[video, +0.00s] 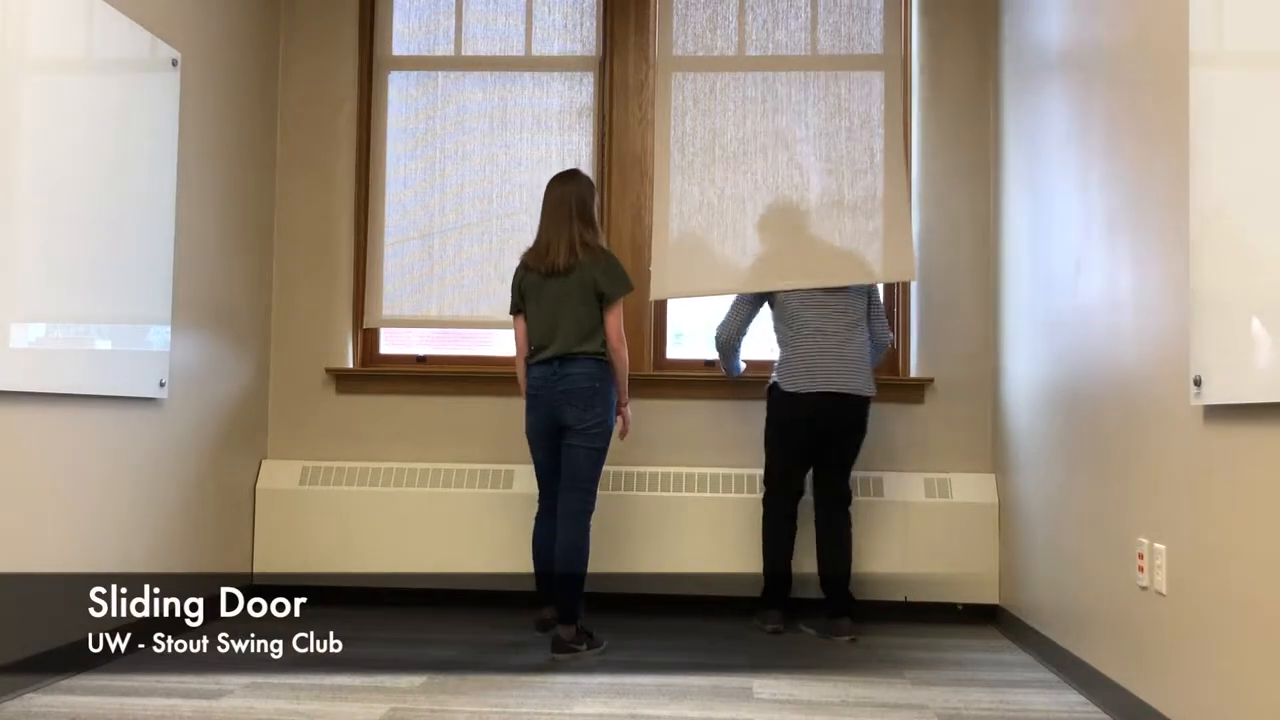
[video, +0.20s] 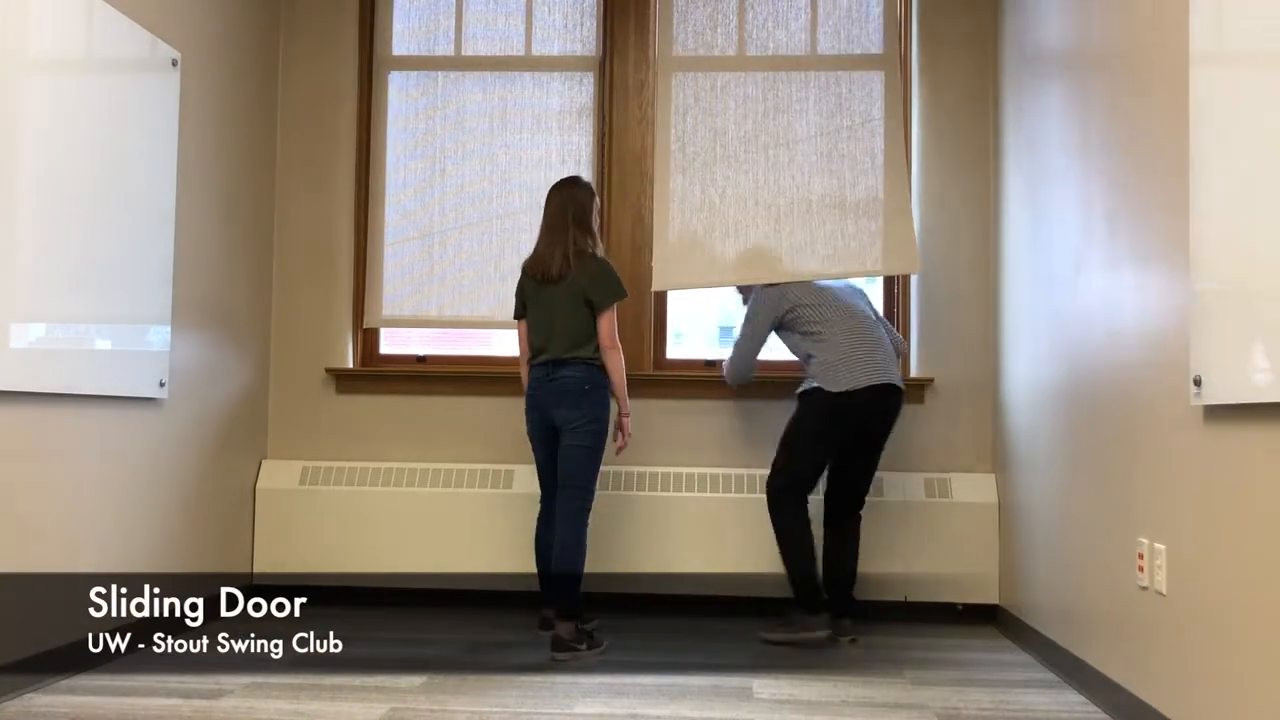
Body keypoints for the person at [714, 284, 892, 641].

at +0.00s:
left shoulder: (774, 266)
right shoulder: (859, 269)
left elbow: (727, 334)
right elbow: (883, 338)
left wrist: (733, 368)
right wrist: (852, 367)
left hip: (794, 395)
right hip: (850, 398)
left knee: (780, 499)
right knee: (834, 501)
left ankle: (774, 608)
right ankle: (839, 614)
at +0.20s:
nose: (744, 298)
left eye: (744, 290)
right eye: (740, 292)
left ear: (760, 280)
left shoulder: (771, 290)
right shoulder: (843, 286)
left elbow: (738, 372)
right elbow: (896, 344)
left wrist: (731, 368)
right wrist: (865, 374)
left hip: (835, 389)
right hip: (885, 390)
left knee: (785, 492)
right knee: (845, 504)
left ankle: (809, 613)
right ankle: (841, 617)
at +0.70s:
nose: (758, 293)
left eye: (766, 282)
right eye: (749, 287)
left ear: (789, 280)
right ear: (743, 293)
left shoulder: (816, 311)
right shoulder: (786, 322)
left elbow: (863, 380)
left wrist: (840, 454)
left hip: (912, 412)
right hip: (875, 414)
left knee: (857, 507)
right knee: (818, 497)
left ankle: (868, 657)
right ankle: (835, 616)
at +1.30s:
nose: (845, 162)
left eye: (855, 152)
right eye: (834, 154)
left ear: (872, 159)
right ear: (819, 164)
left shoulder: (909, 214)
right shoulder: (807, 226)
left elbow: (982, 263)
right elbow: (796, 290)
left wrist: (952, 337)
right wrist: (795, 354)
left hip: (889, 385)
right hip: (823, 384)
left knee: (869, 516)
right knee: (793, 504)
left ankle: (872, 654)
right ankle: (818, 617)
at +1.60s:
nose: (837, 151)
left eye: (846, 141)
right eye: (826, 144)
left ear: (864, 150)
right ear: (812, 156)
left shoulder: (897, 210)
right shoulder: (797, 214)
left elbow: (959, 270)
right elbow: (775, 270)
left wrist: (928, 330)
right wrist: (785, 329)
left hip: (875, 384)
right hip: (807, 385)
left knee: (873, 516)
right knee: (800, 511)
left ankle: (874, 651)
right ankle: (798, 637)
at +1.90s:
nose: (811, 154)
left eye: (820, 144)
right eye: (801, 146)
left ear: (838, 153)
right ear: (786, 158)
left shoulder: (872, 213)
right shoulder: (773, 223)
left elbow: (933, 276)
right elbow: (752, 286)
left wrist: (895, 332)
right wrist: (759, 341)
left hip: (849, 386)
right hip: (786, 388)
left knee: (855, 516)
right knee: (793, 516)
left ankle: (867, 653)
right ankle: (795, 638)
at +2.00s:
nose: (806, 153)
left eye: (815, 144)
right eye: (795, 146)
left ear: (831, 154)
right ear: (780, 158)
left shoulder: (864, 213)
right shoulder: (766, 224)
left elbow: (930, 277)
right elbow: (746, 286)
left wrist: (887, 335)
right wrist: (752, 342)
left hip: (843, 387)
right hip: (781, 390)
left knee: (850, 516)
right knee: (794, 519)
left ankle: (866, 653)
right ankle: (795, 639)